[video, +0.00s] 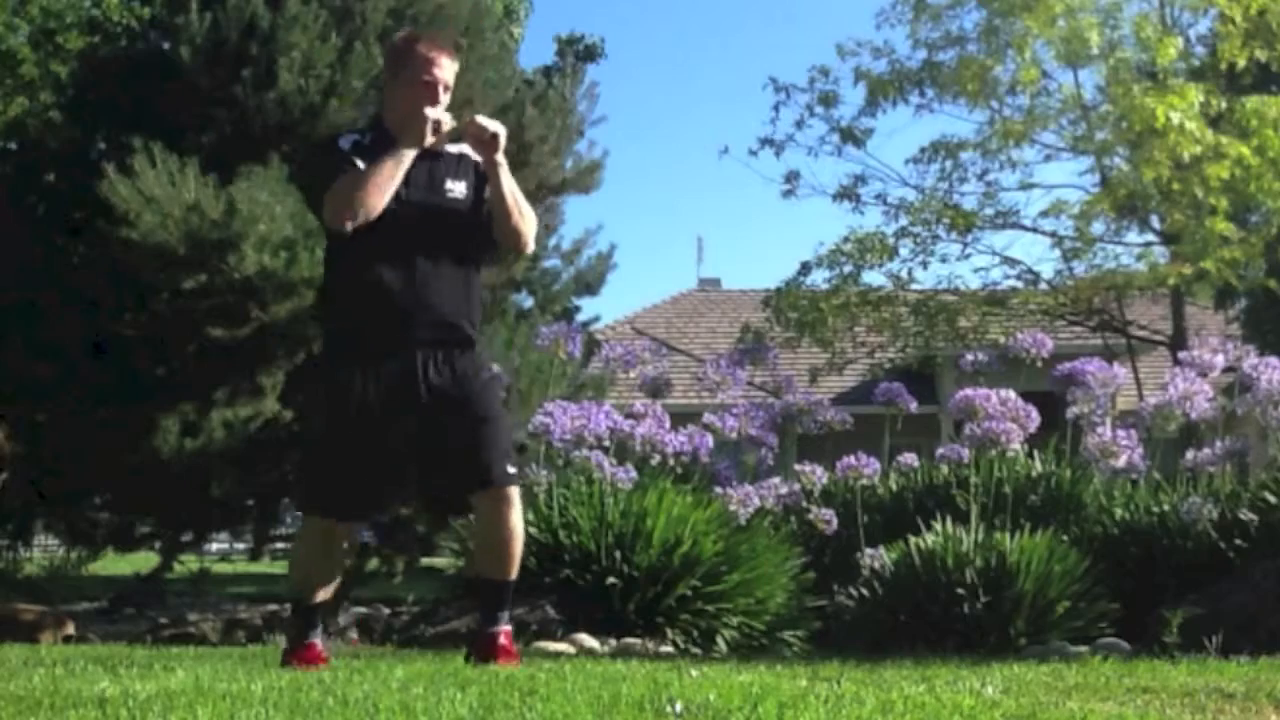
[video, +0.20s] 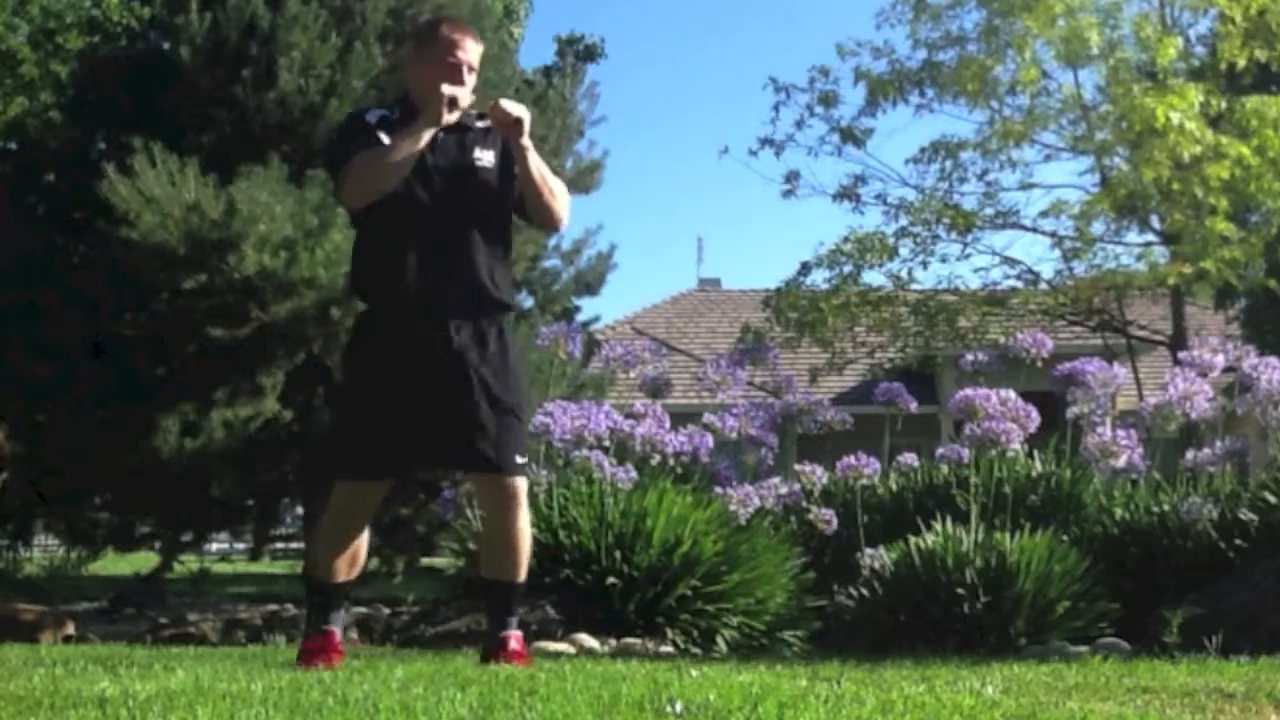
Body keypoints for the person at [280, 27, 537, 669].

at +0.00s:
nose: (435, 96)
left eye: (444, 88)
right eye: (423, 83)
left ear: (454, 95)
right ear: (389, 81)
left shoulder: (474, 167)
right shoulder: (348, 150)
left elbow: (523, 240)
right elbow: (345, 215)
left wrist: (497, 163)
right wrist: (413, 145)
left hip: (455, 362)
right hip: (361, 363)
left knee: (500, 491)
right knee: (333, 509)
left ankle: (495, 632)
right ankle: (306, 640)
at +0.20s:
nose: (460, 72)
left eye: (469, 66)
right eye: (446, 59)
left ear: (479, 78)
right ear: (407, 61)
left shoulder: (498, 139)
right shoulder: (372, 128)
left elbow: (554, 216)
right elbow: (354, 193)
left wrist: (522, 144)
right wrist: (430, 127)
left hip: (482, 336)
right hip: (392, 332)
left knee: (506, 486)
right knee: (356, 489)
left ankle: (506, 633)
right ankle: (322, 633)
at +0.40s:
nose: (483, 82)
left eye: (492, 75)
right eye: (470, 70)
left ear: (501, 88)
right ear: (432, 78)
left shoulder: (518, 158)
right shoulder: (392, 148)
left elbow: (572, 231)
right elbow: (378, 220)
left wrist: (535, 152)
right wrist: (449, 146)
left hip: (502, 356)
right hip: (412, 352)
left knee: (522, 502)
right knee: (370, 503)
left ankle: (510, 643)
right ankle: (336, 638)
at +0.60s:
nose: (473, 77)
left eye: (482, 69)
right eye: (461, 64)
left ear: (491, 79)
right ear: (423, 66)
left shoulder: (509, 144)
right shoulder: (385, 128)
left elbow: (565, 216)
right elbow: (374, 193)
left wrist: (533, 144)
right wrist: (448, 124)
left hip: (492, 336)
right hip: (404, 333)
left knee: (511, 486)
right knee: (380, 488)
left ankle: (508, 635)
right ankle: (347, 627)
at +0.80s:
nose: (462, 82)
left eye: (471, 73)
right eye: (449, 68)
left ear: (480, 83)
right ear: (412, 69)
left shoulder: (496, 151)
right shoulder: (372, 139)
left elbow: (542, 233)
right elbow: (362, 210)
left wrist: (514, 169)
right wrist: (433, 146)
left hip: (484, 346)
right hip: (394, 344)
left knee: (509, 488)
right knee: (371, 496)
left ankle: (507, 635)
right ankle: (346, 635)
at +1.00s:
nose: (453, 86)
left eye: (463, 78)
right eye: (442, 73)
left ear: (472, 87)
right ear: (406, 71)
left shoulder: (494, 151)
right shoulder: (367, 141)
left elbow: (551, 225)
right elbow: (349, 200)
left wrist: (514, 161)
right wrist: (422, 132)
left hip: (481, 344)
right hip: (390, 343)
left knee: (506, 492)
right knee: (369, 499)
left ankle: (502, 637)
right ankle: (348, 636)